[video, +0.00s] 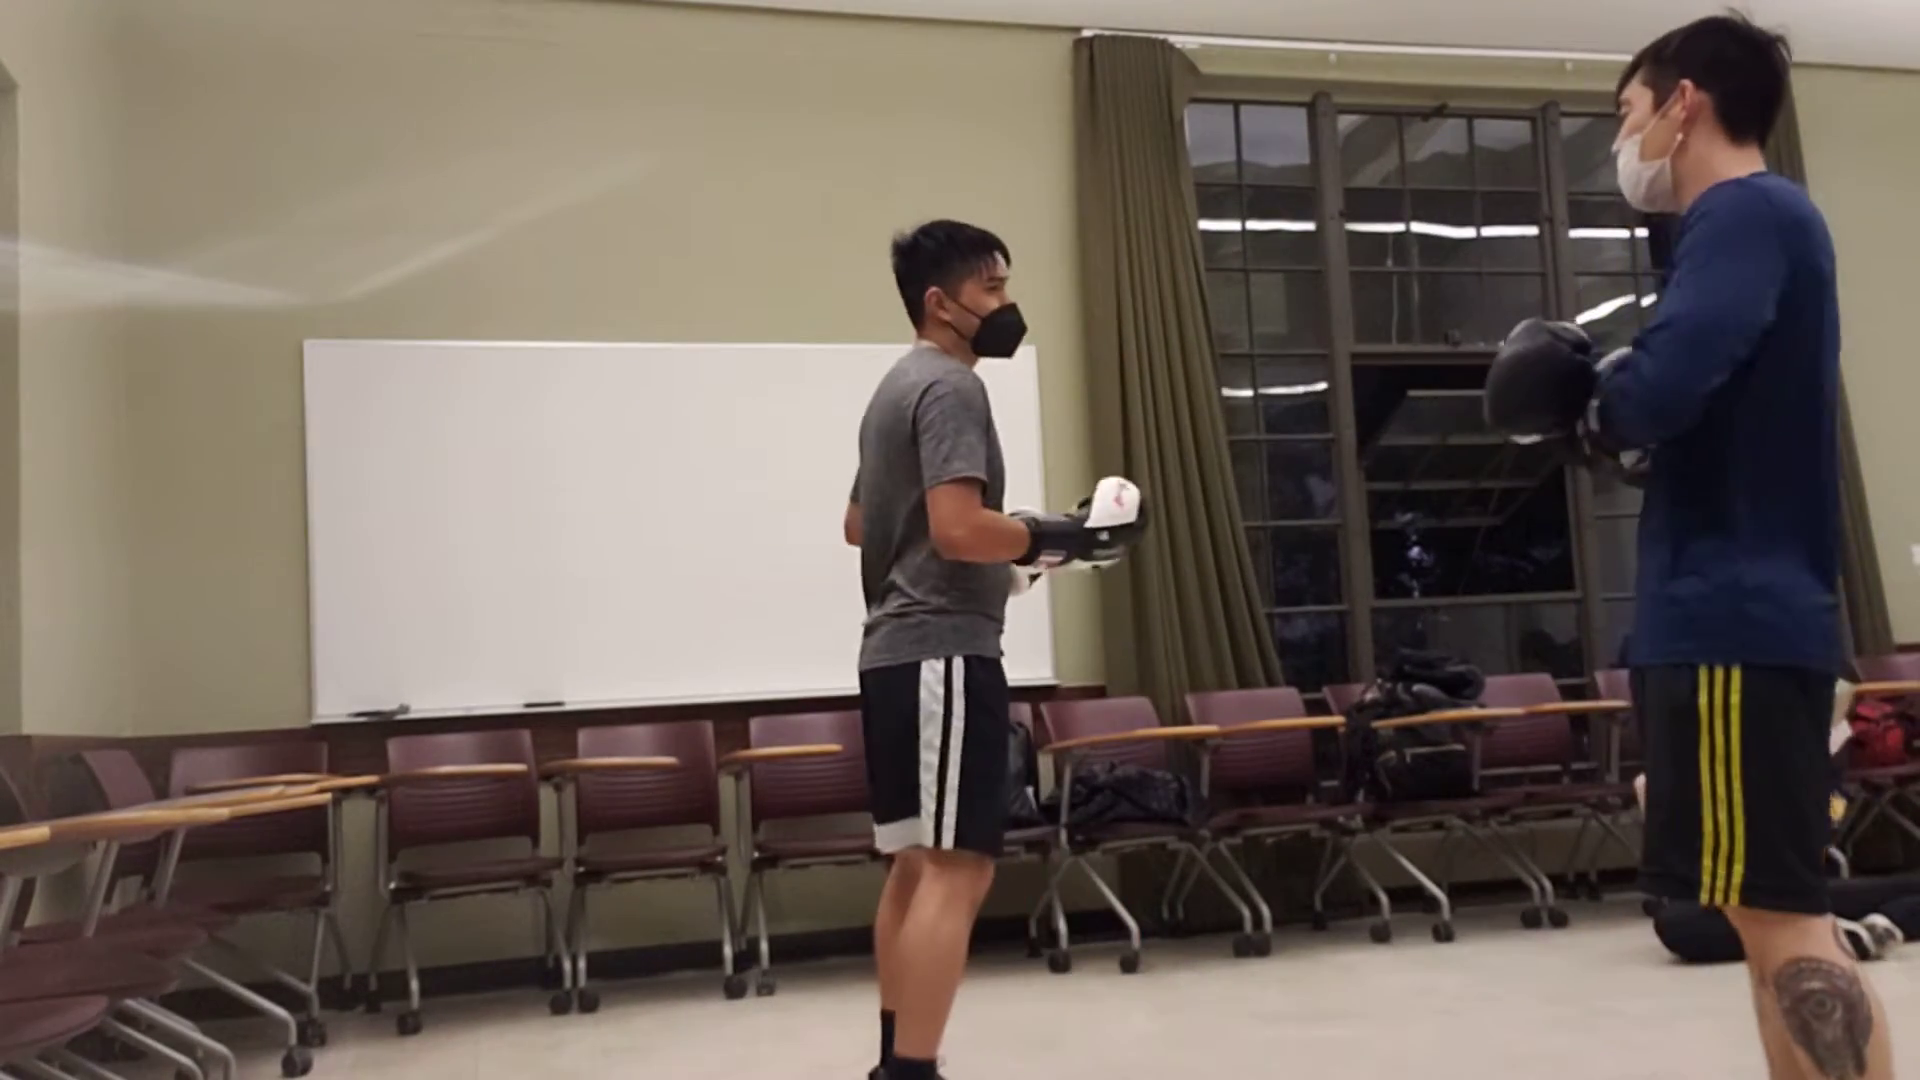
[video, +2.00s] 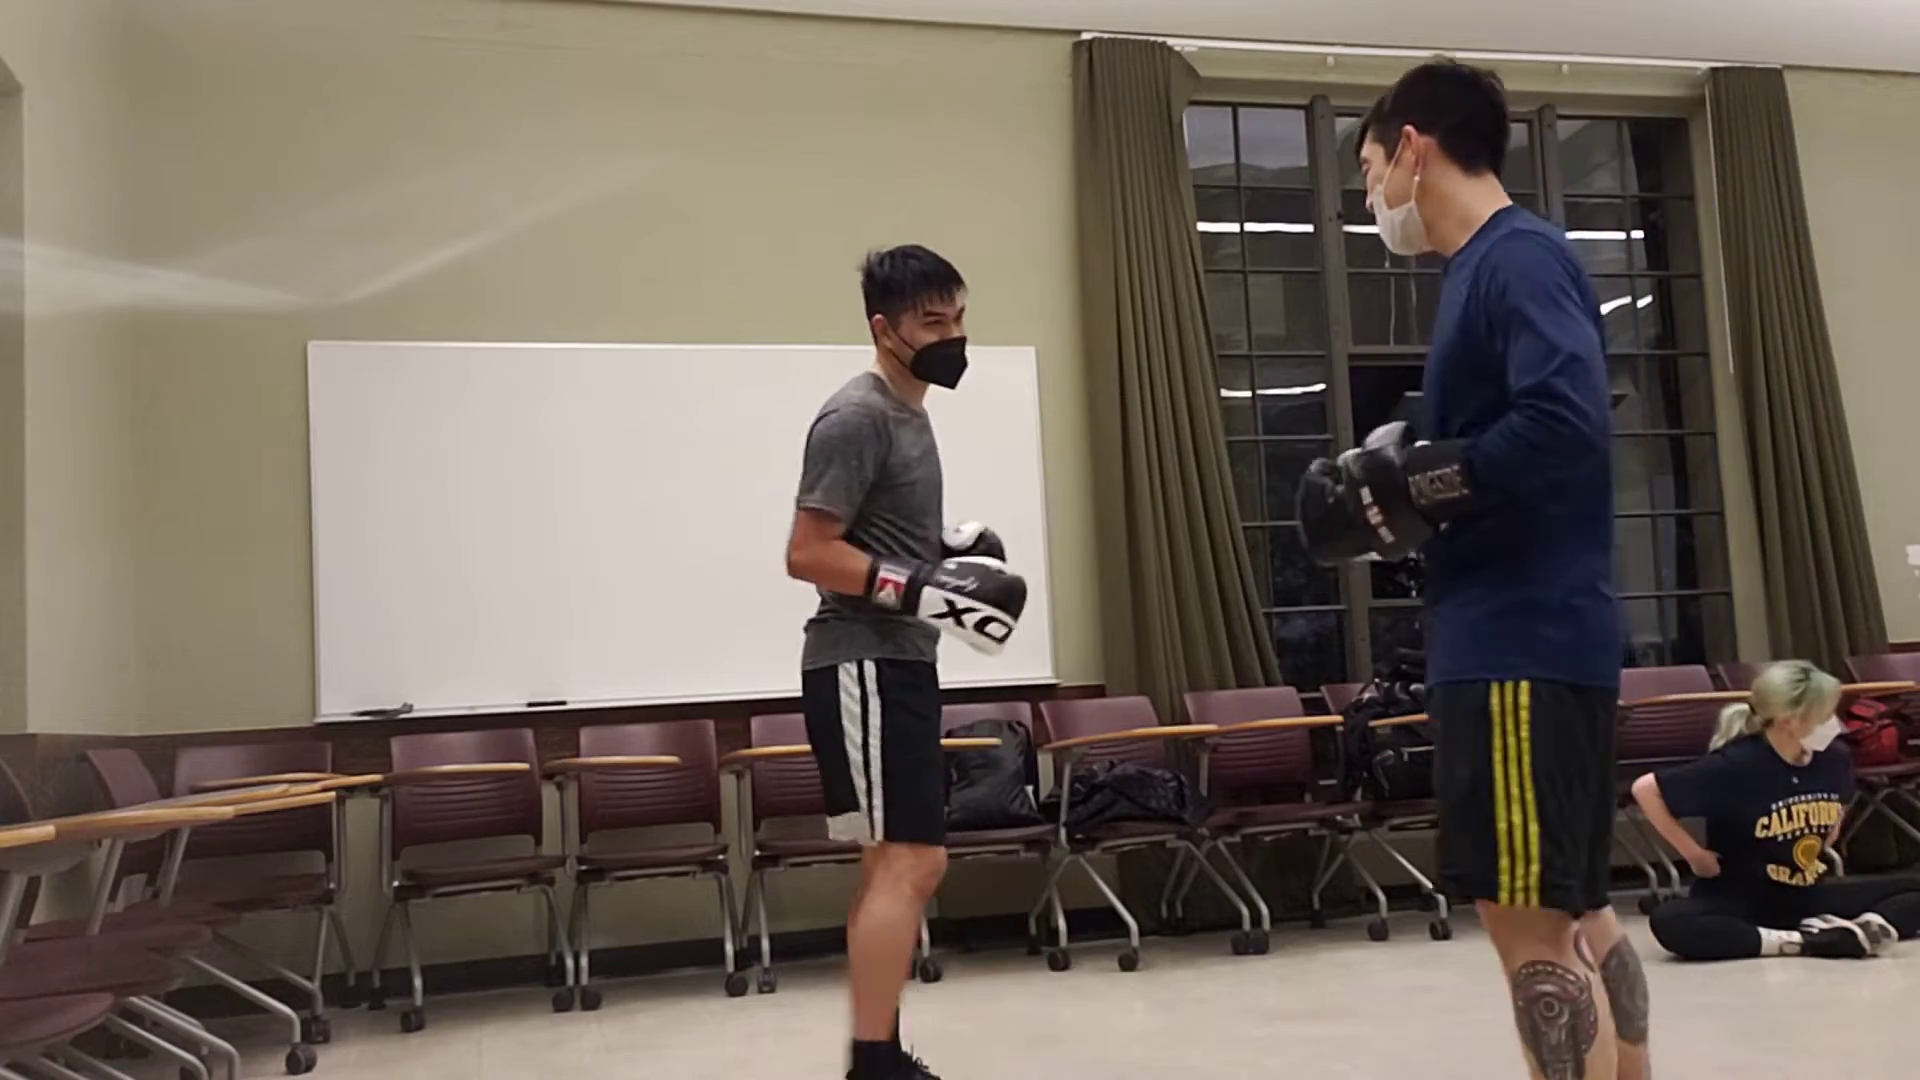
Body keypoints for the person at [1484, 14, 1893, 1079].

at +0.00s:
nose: (1620, 143)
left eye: (1628, 114)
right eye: (1619, 119)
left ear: (1687, 105)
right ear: (1709, 114)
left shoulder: (1749, 217)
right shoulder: (1736, 222)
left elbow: (1657, 397)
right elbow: (1684, 415)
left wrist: (1590, 387)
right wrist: (1597, 399)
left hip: (1743, 627)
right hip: (1725, 626)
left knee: (1775, 910)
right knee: (1768, 908)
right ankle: (1806, 1077)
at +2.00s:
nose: (1372, 200)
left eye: (1370, 173)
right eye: (1367, 179)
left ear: (1414, 149)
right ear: (1441, 154)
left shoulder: (1518, 256)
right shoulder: (1492, 266)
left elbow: (1565, 424)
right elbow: (1516, 443)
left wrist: (1420, 480)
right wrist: (1397, 499)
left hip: (1521, 649)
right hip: (1525, 645)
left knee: (1521, 914)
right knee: (1577, 910)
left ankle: (1583, 1079)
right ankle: (1625, 1074)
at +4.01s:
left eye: (805, 205)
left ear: (802, 219)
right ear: (908, 217)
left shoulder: (750, 353)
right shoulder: (975, 345)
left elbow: (719, 549)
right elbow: (1070, 505)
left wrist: (806, 503)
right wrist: (953, 543)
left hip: (787, 718)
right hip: (938, 711)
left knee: (674, 982)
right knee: (973, 945)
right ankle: (1014, 1068)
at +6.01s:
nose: (895, 341)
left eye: (900, 325)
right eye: (895, 323)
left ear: (803, 316)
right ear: (861, 314)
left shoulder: (740, 410)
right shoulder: (875, 416)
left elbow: (815, 493)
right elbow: (948, 539)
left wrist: (899, 417)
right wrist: (991, 444)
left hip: (757, 703)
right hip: (866, 703)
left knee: (744, 892)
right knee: (907, 909)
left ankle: (689, 1047)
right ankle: (938, 1070)